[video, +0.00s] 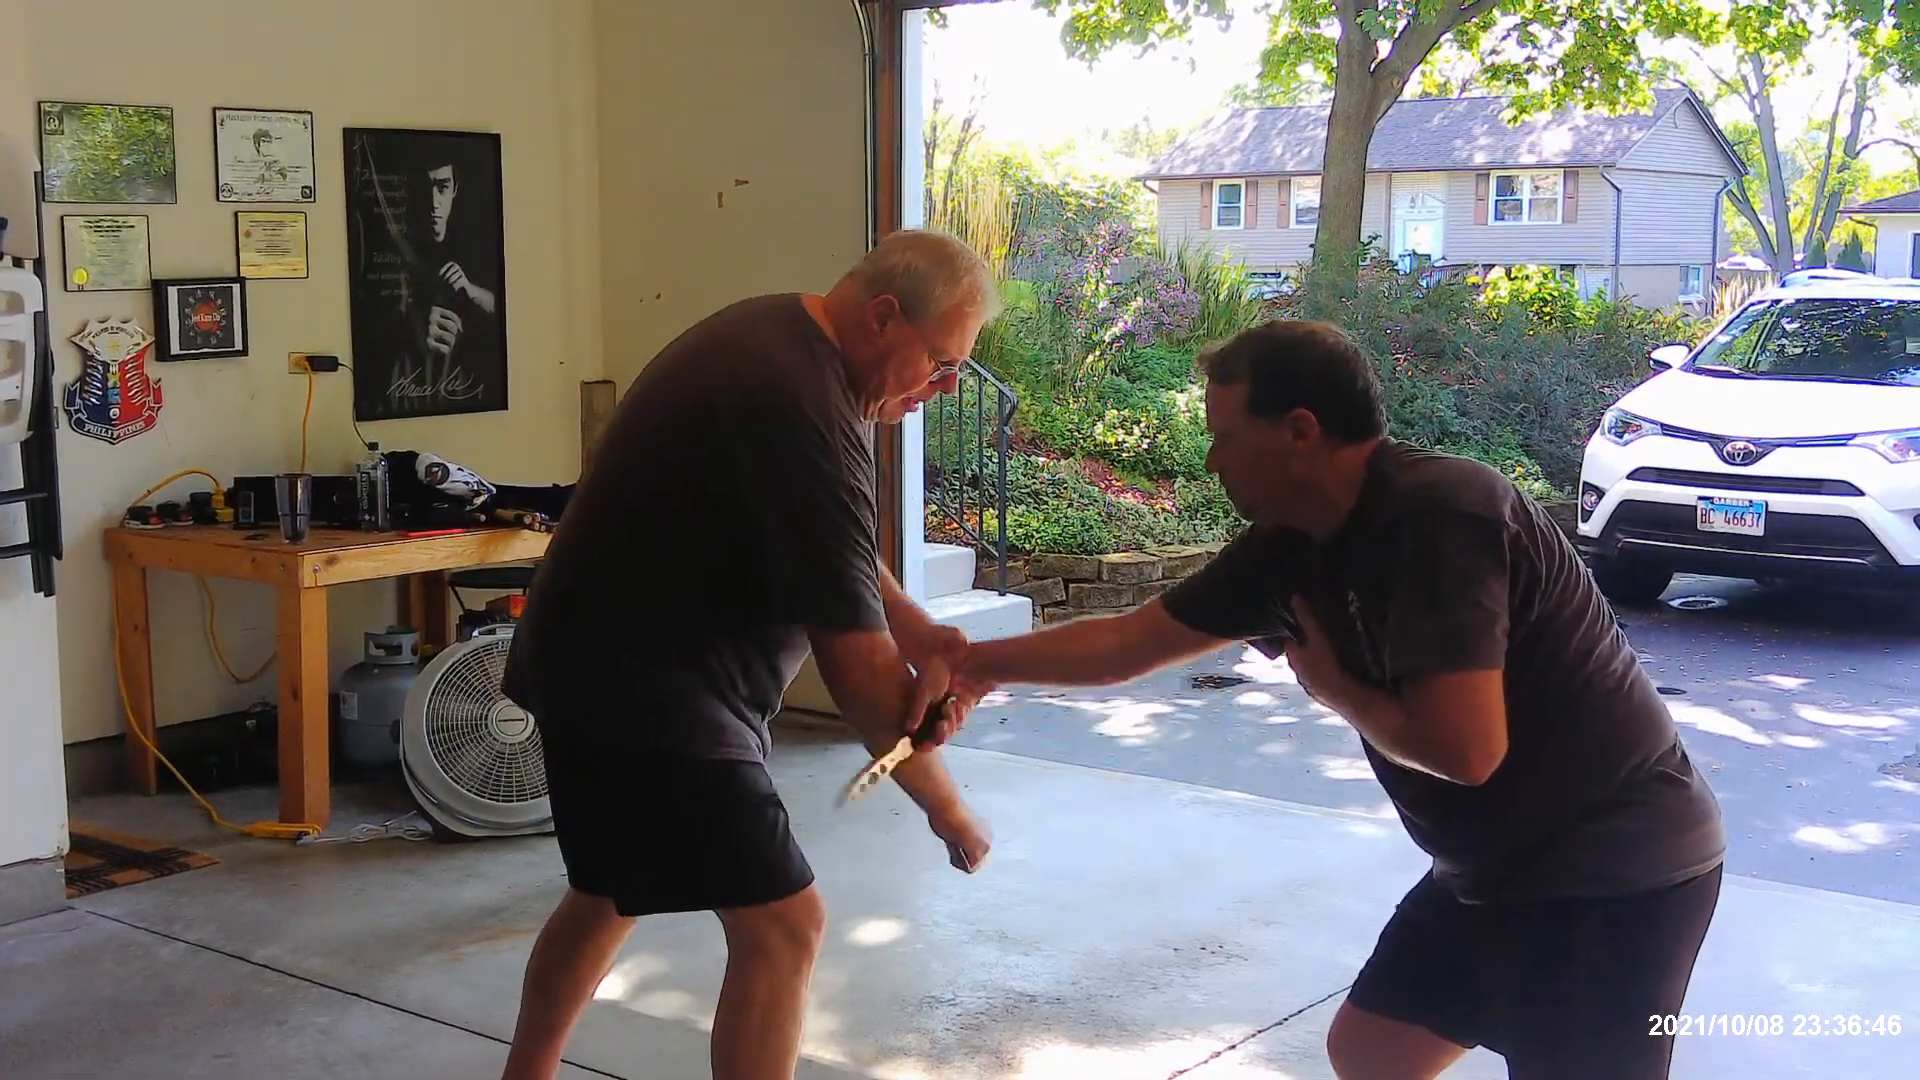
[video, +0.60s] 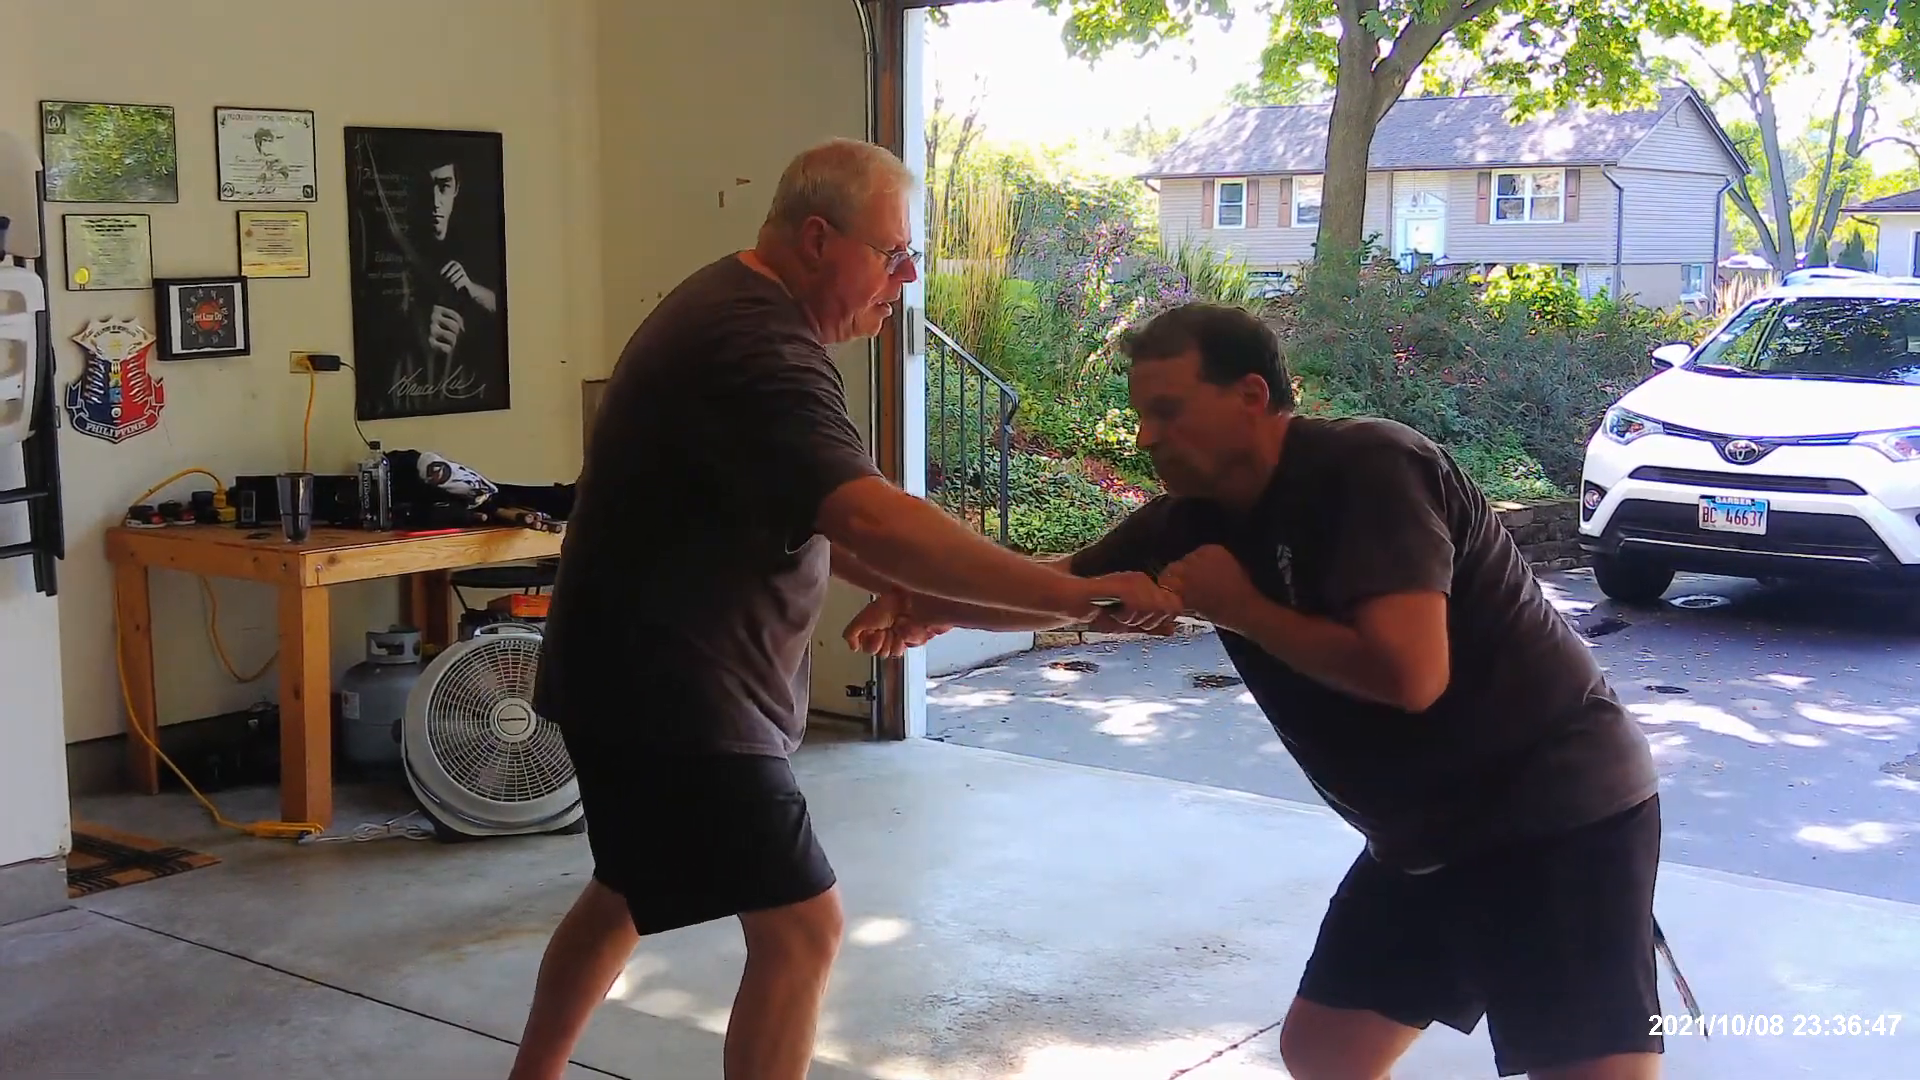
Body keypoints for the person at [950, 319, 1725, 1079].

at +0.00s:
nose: (1213, 458)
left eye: (1224, 434)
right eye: (1212, 435)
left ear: (1301, 434)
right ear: (1300, 437)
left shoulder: (1445, 517)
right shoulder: (1289, 542)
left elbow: (1469, 748)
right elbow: (1134, 639)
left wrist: (1338, 691)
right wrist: (976, 659)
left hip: (1625, 865)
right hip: (1491, 865)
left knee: (1585, 1069)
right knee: (1371, 1050)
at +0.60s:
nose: (1146, 436)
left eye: (1164, 411)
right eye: (1140, 415)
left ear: (1254, 401)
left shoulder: (1371, 474)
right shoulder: (1195, 519)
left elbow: (1407, 670)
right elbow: (1069, 585)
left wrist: (1239, 607)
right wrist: (947, 601)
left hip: (1565, 813)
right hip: (1423, 831)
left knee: (1594, 1065)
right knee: (1323, 1049)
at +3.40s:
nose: (1508, 409)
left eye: (1500, 392)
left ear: (1502, 388)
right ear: (1623, 354)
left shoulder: (1549, 480)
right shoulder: (1734, 451)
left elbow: (1498, 708)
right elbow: (1845, 628)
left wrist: (1466, 665)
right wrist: (1883, 807)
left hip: (1654, 868)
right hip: (1796, 842)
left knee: (1495, 1072)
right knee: (1706, 1036)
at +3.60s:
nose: (1622, 393)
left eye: (1614, 375)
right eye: (1619, 376)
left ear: (1618, 370)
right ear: (1725, 337)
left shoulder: (1684, 448)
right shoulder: (1833, 425)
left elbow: (1693, 625)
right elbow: (1912, 586)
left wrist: (1568, 670)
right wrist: (1894, 713)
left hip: (1771, 804)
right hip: (1890, 785)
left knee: (1662, 1052)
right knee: (1795, 1010)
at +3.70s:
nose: (1662, 354)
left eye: (1656, 338)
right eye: (1659, 340)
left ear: (1663, 335)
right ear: (1763, 300)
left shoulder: (1731, 406)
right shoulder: (1870, 380)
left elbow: (1762, 574)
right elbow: (1905, 531)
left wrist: (1640, 627)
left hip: (1812, 760)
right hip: (1905, 747)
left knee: (1733, 1010)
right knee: (1832, 993)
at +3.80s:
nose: (1690, 331)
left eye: (1683, 315)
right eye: (1685, 317)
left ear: (1693, 305)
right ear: (1789, 272)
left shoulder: (1754, 367)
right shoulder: (1882, 334)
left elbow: (1793, 530)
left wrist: (1701, 588)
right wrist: (1745, 580)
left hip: (1850, 713)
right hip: (1906, 698)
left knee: (1819, 964)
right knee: (1881, 945)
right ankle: (1897, 1064)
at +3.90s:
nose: (1718, 347)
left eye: (1712, 332)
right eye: (1715, 333)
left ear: (1723, 324)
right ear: (1812, 292)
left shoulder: (1782, 386)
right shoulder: (1894, 350)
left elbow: (1828, 551)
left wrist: (1747, 619)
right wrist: (1783, 605)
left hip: (1880, 729)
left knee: (1873, 979)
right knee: (1895, 955)